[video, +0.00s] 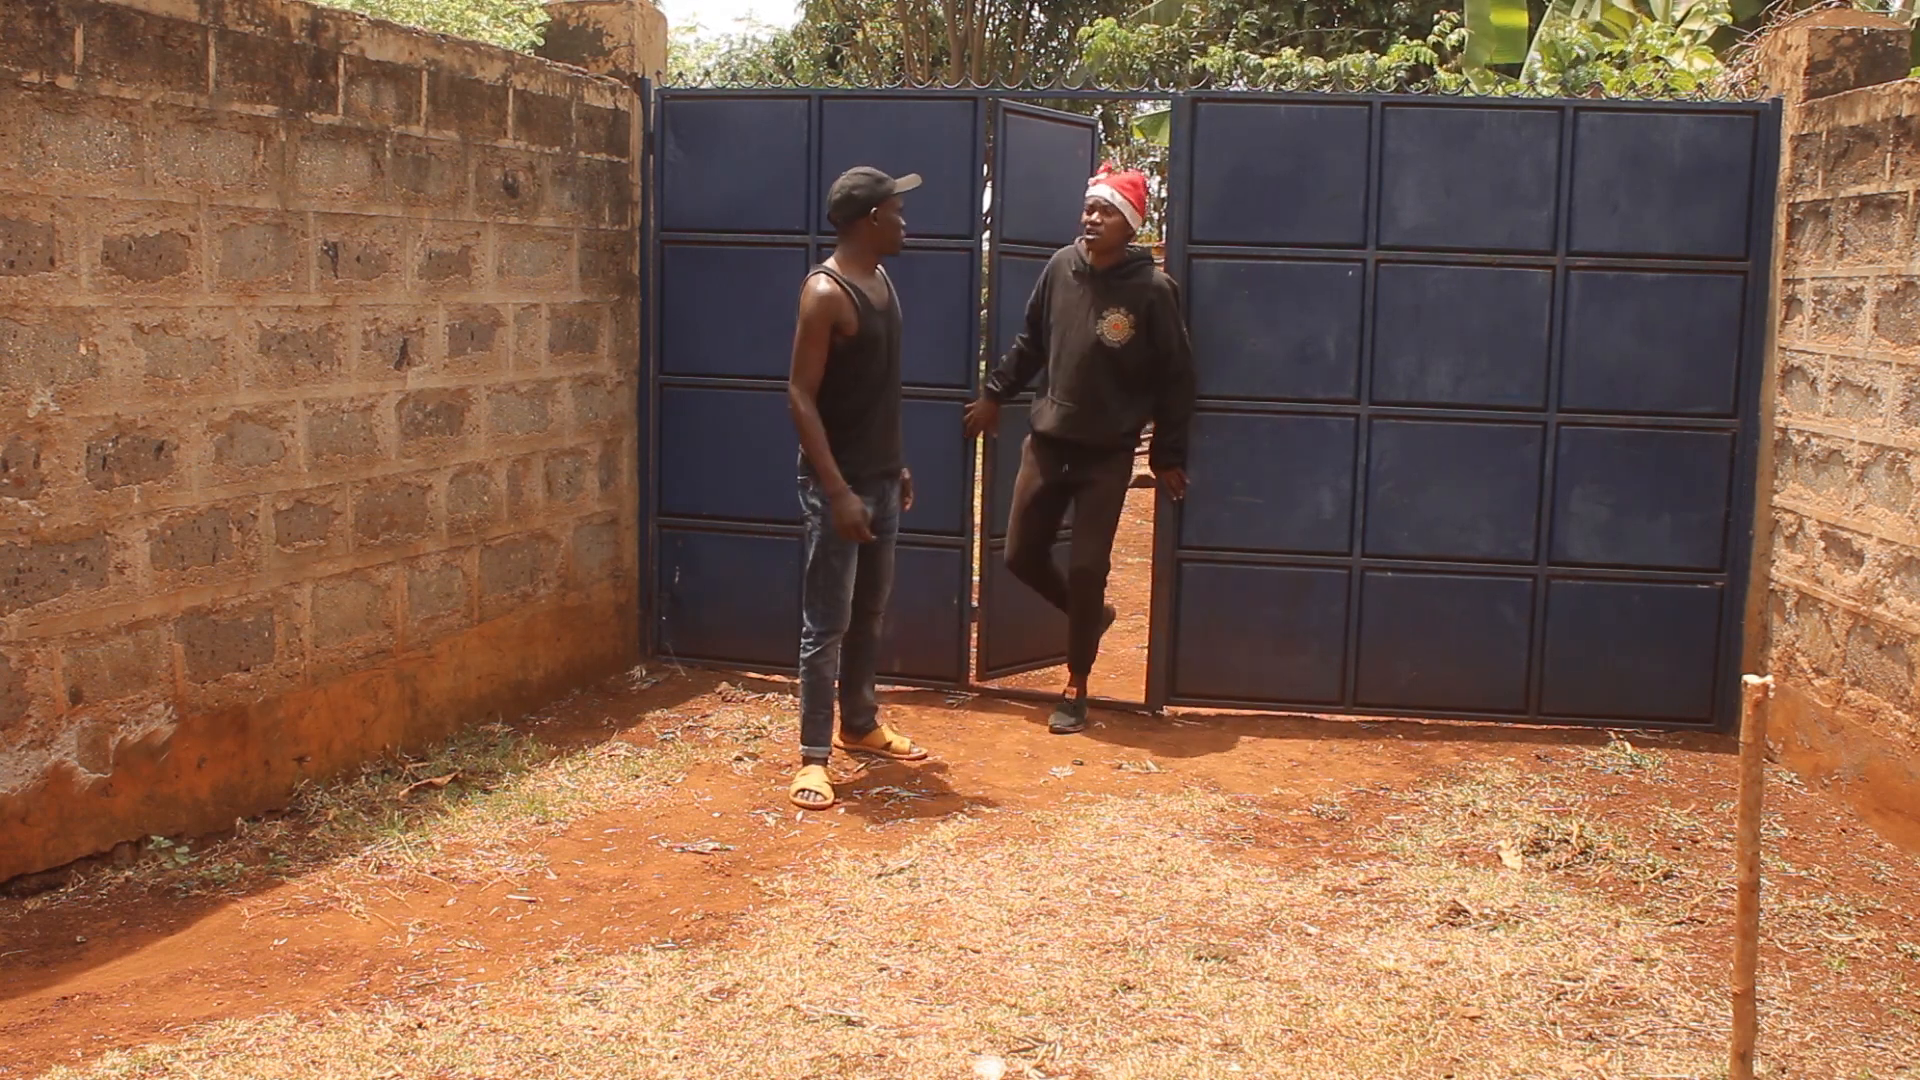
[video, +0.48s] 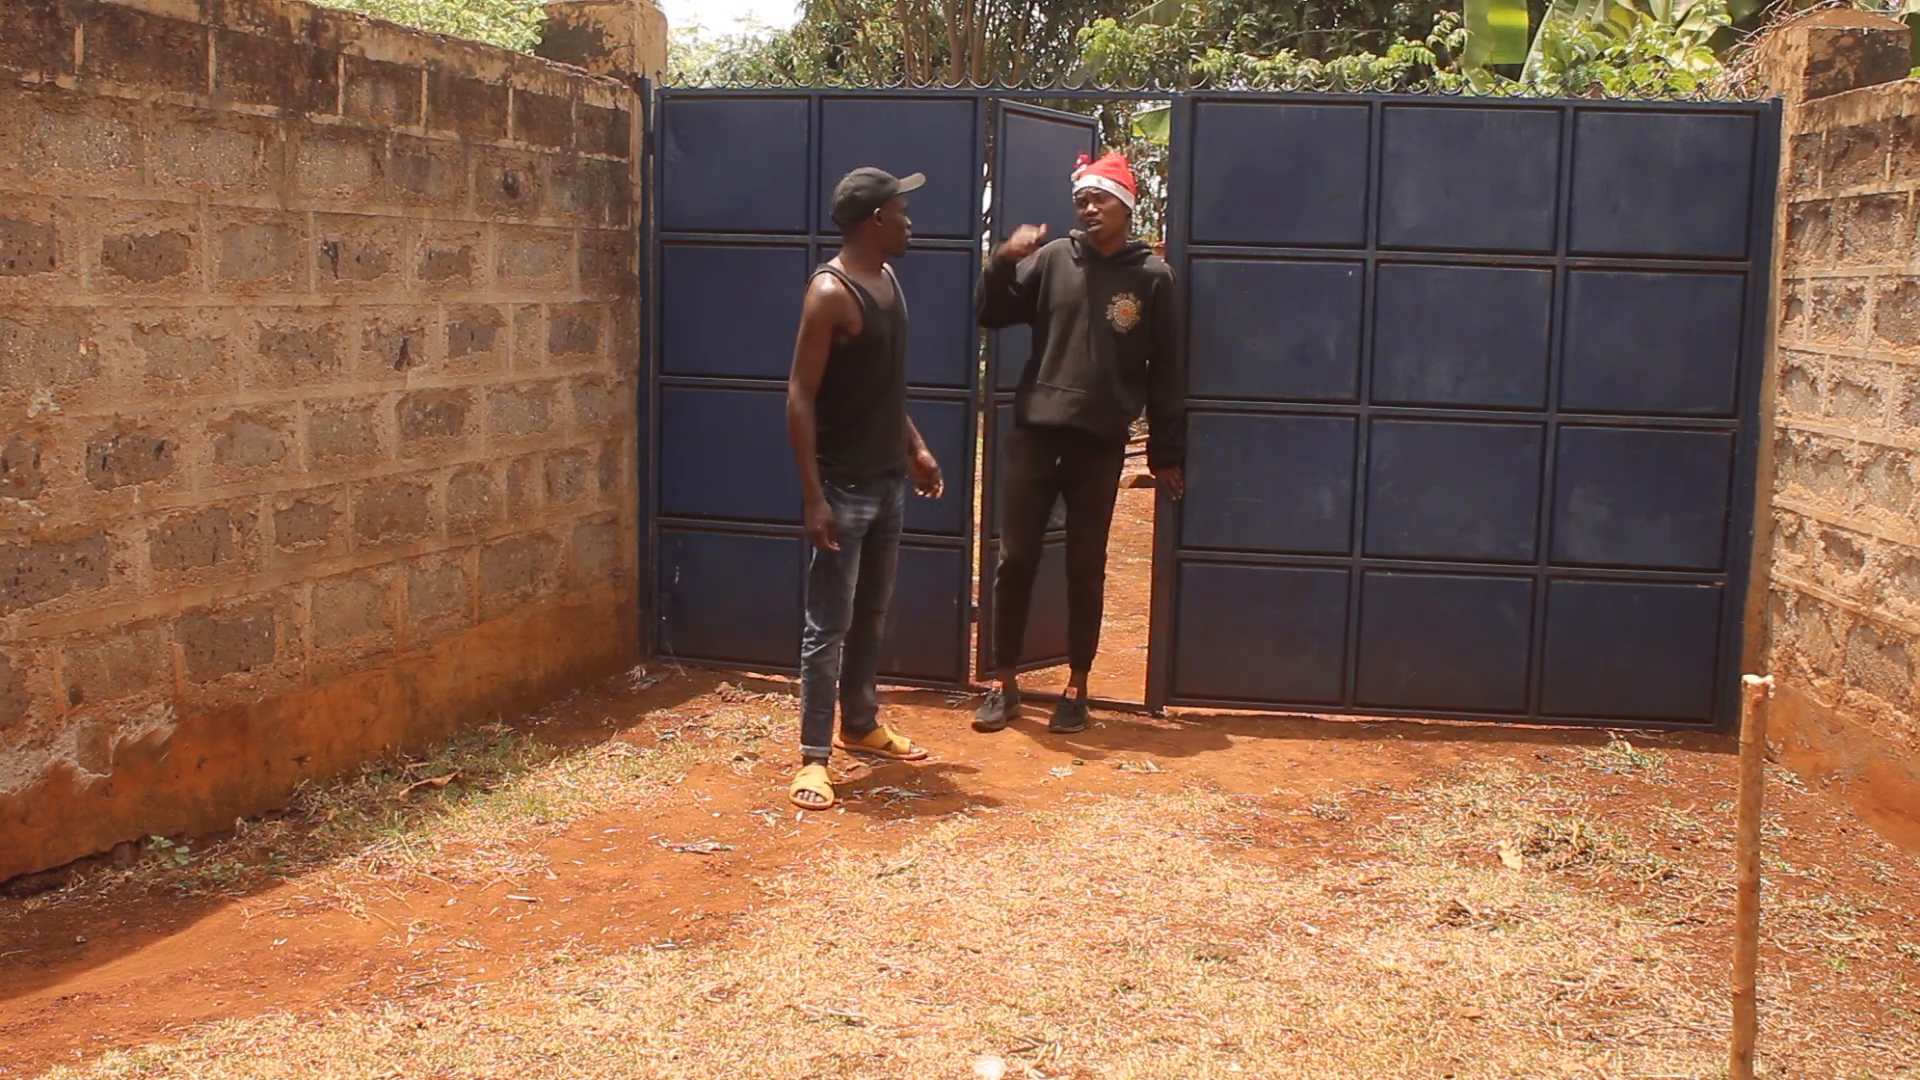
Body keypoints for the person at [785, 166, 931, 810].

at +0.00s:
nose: (905, 219)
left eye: (902, 209)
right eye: (896, 210)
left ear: (868, 220)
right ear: (867, 220)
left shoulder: (880, 280)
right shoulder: (824, 294)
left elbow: (880, 386)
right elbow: (801, 397)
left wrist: (897, 462)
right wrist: (837, 491)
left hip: (881, 477)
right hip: (835, 481)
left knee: (868, 613)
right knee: (825, 625)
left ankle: (859, 727)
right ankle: (813, 759)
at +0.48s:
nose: (909, 218)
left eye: (906, 209)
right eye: (901, 210)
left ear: (872, 220)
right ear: (871, 220)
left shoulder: (886, 280)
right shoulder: (828, 293)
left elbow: (883, 384)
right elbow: (799, 397)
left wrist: (916, 445)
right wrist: (813, 497)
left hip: (889, 479)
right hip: (842, 486)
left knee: (871, 613)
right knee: (828, 627)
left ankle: (860, 724)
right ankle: (814, 759)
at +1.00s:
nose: (917, 220)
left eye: (914, 211)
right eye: (911, 212)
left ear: (870, 220)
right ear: (887, 222)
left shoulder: (872, 270)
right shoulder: (860, 283)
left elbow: (931, 273)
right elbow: (839, 389)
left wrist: (875, 207)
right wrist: (861, 487)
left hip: (885, 472)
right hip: (849, 475)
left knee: (890, 603)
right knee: (835, 618)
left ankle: (861, 723)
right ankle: (805, 758)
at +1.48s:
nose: (954, 239)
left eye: (953, 228)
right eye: (950, 228)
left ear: (914, 225)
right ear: (927, 227)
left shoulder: (902, 277)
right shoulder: (887, 280)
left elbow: (948, 319)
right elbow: (871, 383)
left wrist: (1025, 301)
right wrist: (904, 473)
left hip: (888, 462)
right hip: (859, 461)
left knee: (893, 600)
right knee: (843, 603)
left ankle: (862, 725)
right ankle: (789, 739)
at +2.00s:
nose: (931, 225)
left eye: (932, 218)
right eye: (927, 216)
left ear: (899, 217)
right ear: (900, 217)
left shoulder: (899, 267)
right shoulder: (857, 278)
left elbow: (957, 234)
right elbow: (847, 380)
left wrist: (992, 165)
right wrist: (890, 468)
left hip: (898, 462)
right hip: (856, 465)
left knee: (883, 603)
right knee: (839, 605)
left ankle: (859, 726)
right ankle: (805, 740)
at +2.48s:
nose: (913, 232)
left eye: (913, 222)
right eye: (909, 221)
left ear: (878, 219)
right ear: (884, 219)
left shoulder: (869, 277)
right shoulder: (834, 282)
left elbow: (882, 344)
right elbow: (824, 388)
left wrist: (956, 342)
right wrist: (853, 481)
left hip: (878, 467)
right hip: (833, 470)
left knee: (869, 605)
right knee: (819, 609)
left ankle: (860, 726)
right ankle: (799, 743)